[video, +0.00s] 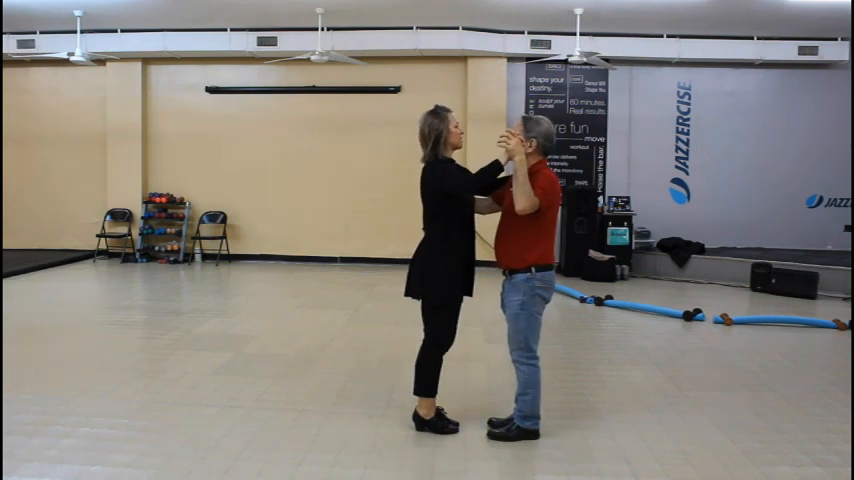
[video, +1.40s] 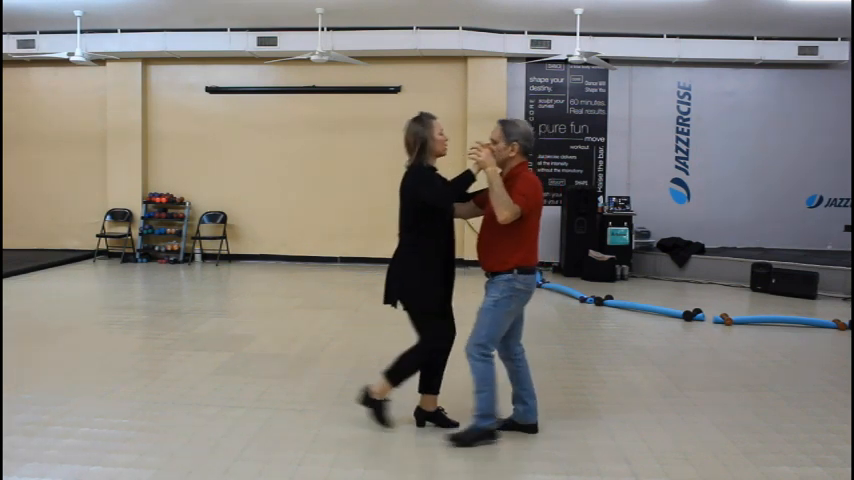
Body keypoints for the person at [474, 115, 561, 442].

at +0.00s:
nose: (509, 139)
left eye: (514, 135)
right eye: (510, 134)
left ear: (530, 144)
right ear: (529, 145)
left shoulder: (545, 178)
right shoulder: (520, 179)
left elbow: (524, 205)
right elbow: (484, 205)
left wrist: (518, 160)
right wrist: (450, 193)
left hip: (532, 277)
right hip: (517, 276)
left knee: (525, 354)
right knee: (520, 353)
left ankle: (527, 423)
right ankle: (522, 416)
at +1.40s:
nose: (487, 148)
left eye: (494, 143)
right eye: (489, 142)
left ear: (513, 149)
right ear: (509, 149)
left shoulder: (527, 181)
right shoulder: (505, 181)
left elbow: (506, 214)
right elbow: (465, 209)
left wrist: (491, 171)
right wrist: (431, 201)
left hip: (514, 278)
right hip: (504, 277)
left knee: (478, 347)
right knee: (510, 347)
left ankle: (484, 424)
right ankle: (525, 416)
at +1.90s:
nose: (454, 155)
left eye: (459, 150)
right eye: (455, 149)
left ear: (478, 155)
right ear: (477, 156)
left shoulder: (492, 188)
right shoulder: (470, 187)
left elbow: (463, 219)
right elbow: (431, 215)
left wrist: (448, 178)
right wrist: (392, 208)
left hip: (481, 287)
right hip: (475, 285)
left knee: (439, 356)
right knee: (476, 352)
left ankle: (440, 431)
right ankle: (518, 410)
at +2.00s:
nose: (456, 149)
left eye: (462, 145)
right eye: (458, 144)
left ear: (481, 154)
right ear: (479, 154)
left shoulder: (496, 188)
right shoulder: (472, 187)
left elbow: (470, 219)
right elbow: (434, 214)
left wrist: (452, 177)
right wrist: (395, 207)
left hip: (486, 285)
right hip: (479, 283)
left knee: (448, 354)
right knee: (481, 352)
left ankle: (440, 430)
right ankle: (514, 415)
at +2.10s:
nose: (464, 147)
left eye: (470, 143)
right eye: (466, 141)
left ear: (488, 150)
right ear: (488, 151)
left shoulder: (504, 186)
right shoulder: (479, 185)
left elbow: (479, 218)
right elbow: (440, 211)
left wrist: (463, 177)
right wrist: (403, 202)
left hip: (494, 282)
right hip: (488, 280)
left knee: (463, 354)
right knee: (493, 351)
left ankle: (444, 430)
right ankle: (516, 417)